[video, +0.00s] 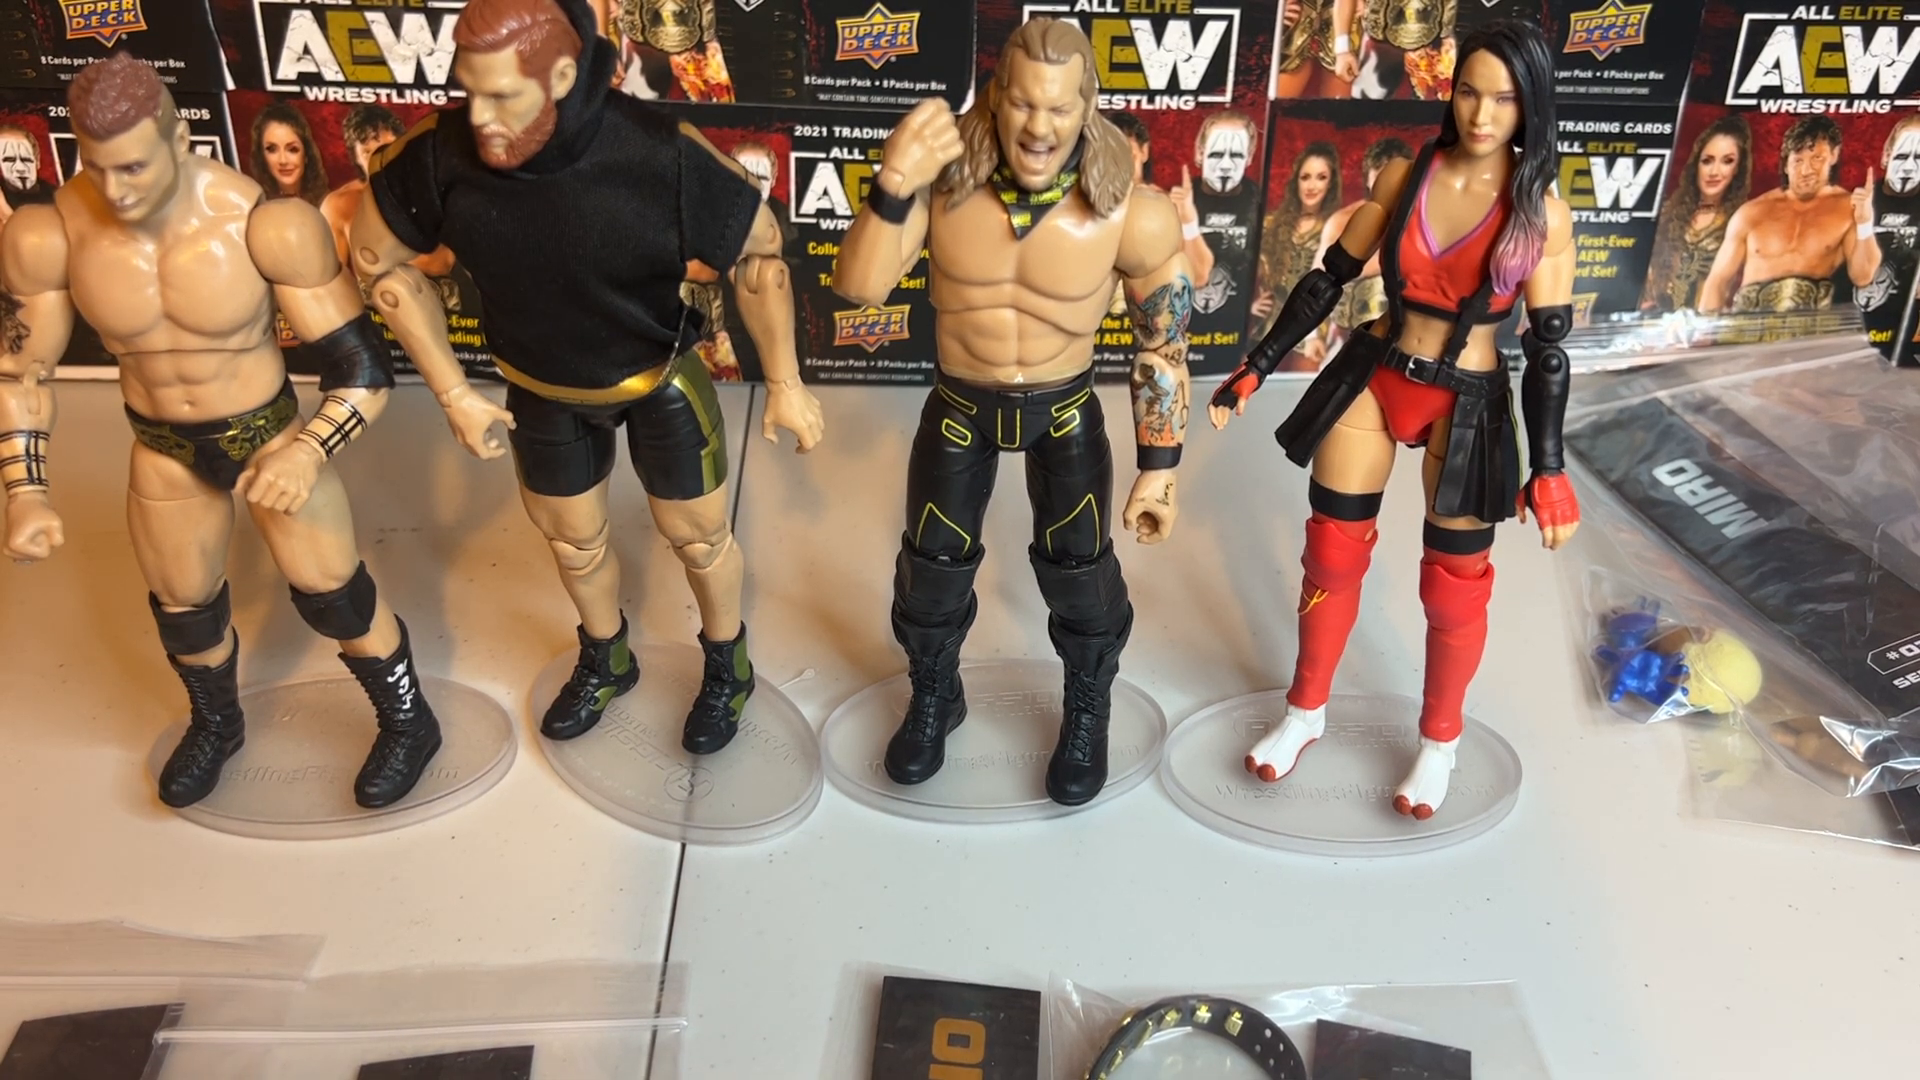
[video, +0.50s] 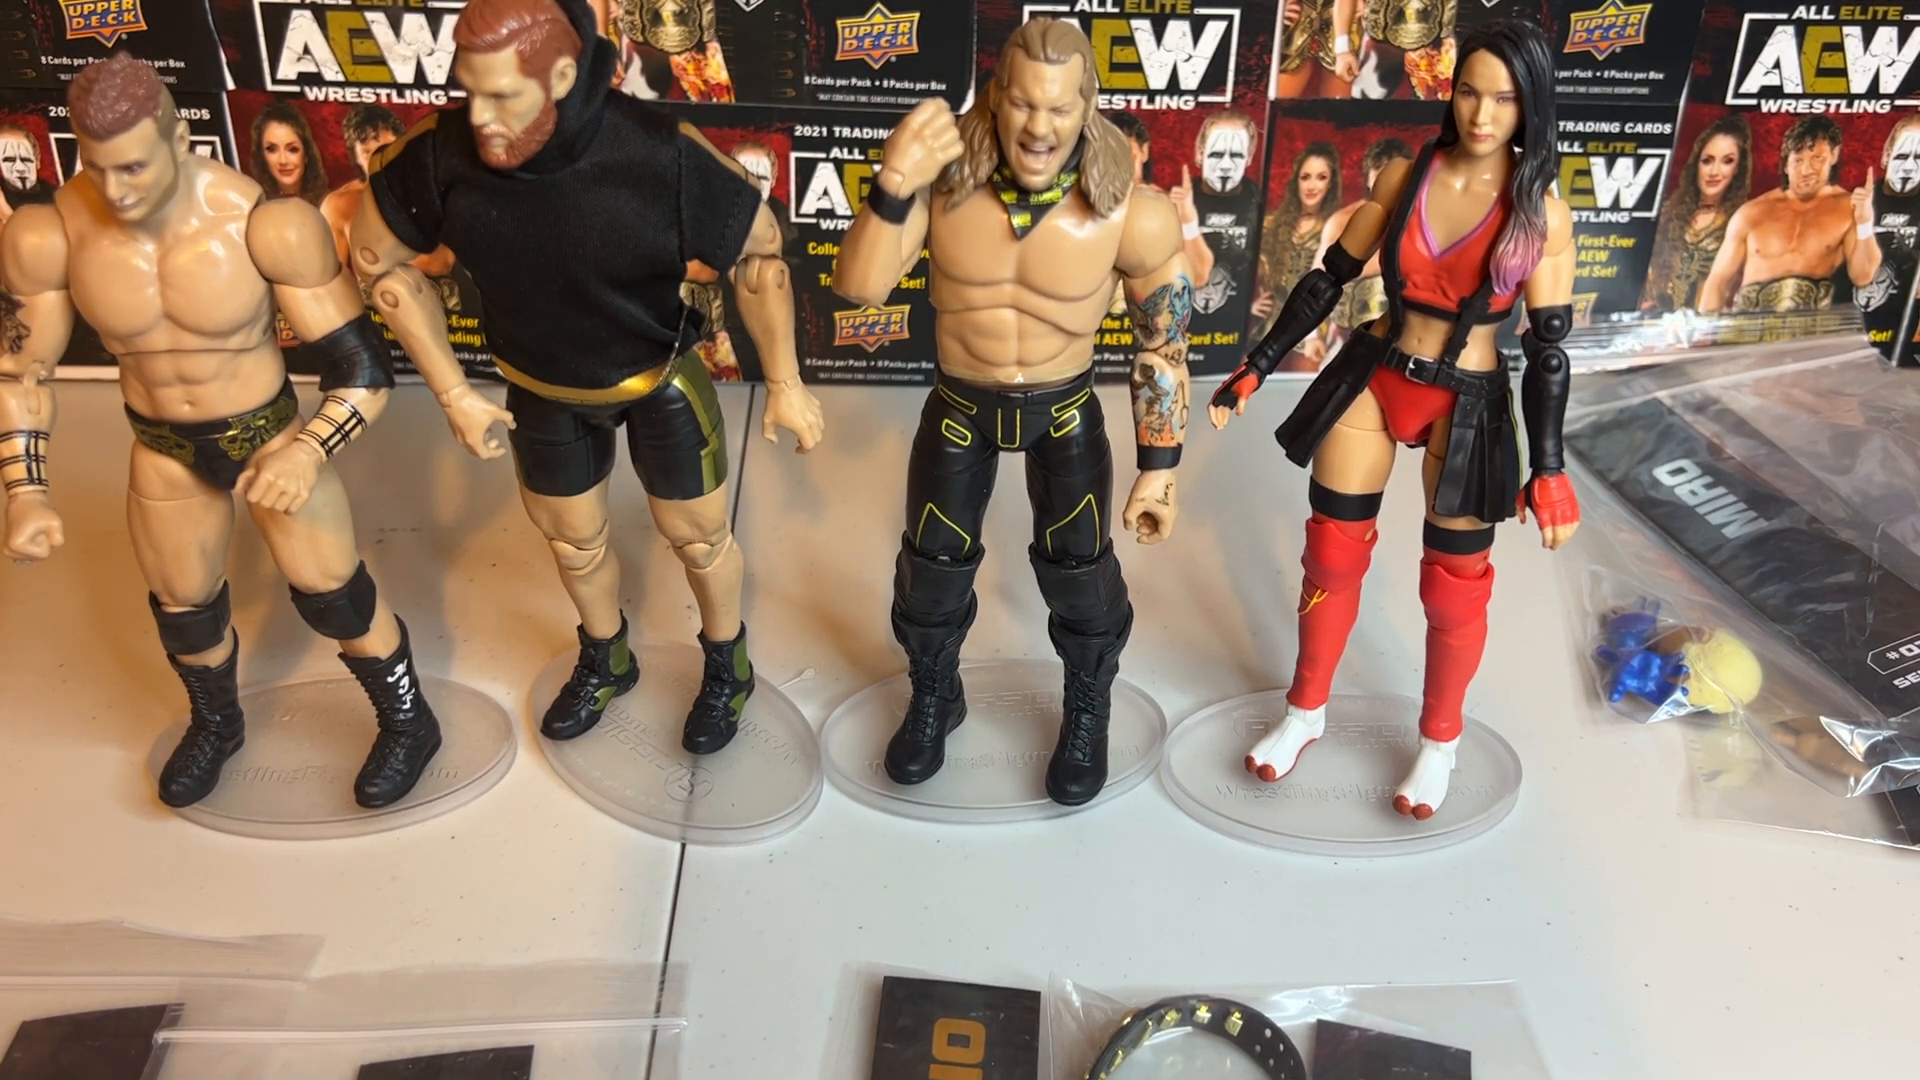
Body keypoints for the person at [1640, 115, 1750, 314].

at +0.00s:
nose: (1714, 171)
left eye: (1727, 161)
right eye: (1707, 160)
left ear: (1739, 168)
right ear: (1695, 164)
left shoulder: (1743, 220)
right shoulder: (1670, 213)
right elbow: (1655, 267)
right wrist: (1650, 300)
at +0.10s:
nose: (1714, 171)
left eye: (1727, 160)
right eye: (1706, 160)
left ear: (1739, 167)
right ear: (1695, 164)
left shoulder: (1742, 220)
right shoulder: (1670, 213)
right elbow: (1654, 267)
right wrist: (1649, 300)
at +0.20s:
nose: (1715, 171)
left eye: (1728, 161)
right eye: (1707, 160)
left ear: (1739, 168)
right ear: (1695, 164)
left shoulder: (1743, 220)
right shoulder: (1670, 213)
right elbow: (1654, 267)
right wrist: (1650, 300)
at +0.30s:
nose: (1714, 171)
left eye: (1727, 160)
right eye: (1706, 160)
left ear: (1739, 167)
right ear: (1695, 164)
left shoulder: (1742, 219)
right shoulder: (1670, 212)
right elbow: (1654, 266)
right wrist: (1649, 300)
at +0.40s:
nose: (1714, 171)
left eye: (1727, 161)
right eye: (1706, 160)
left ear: (1739, 168)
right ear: (1695, 164)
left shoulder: (1742, 220)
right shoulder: (1670, 213)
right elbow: (1654, 266)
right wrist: (1649, 299)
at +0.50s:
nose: (1714, 171)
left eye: (1727, 161)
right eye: (1707, 160)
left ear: (1739, 168)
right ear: (1695, 164)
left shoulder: (1742, 220)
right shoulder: (1670, 213)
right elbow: (1655, 267)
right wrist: (1650, 300)